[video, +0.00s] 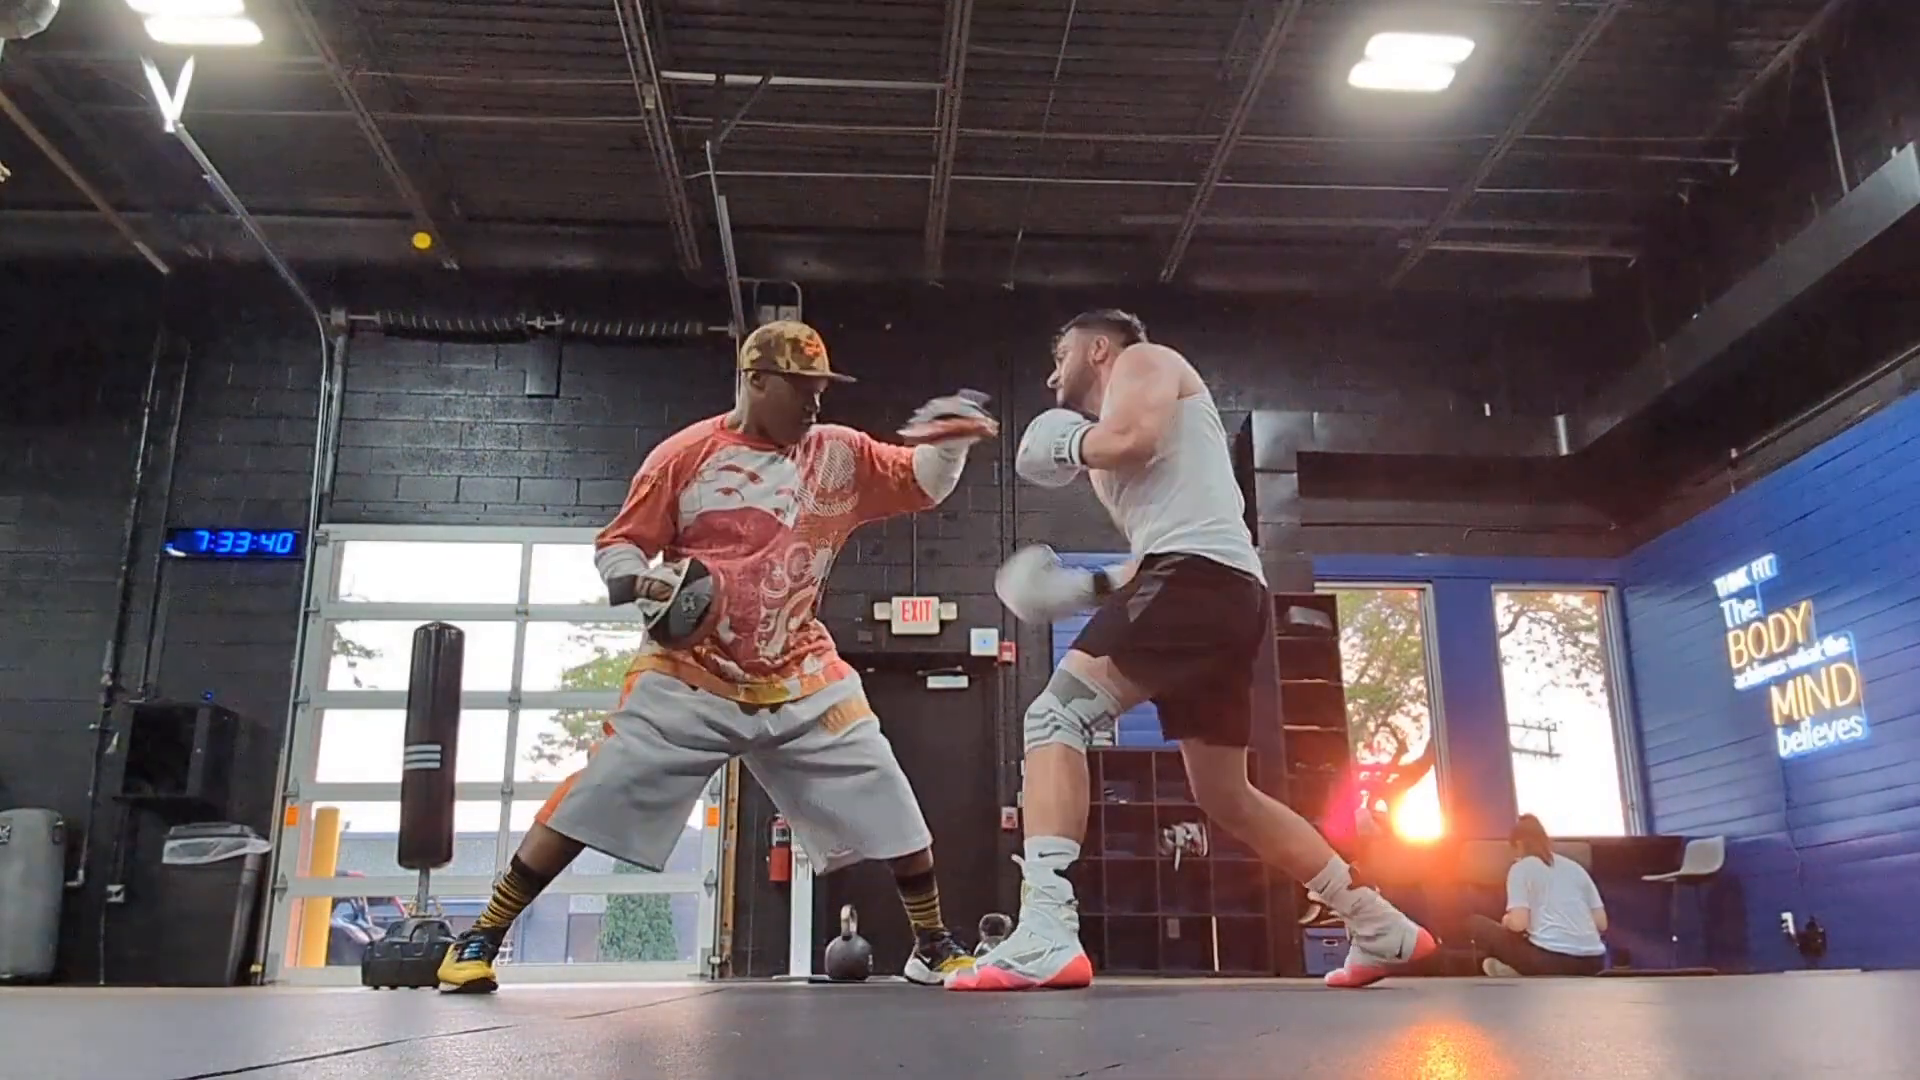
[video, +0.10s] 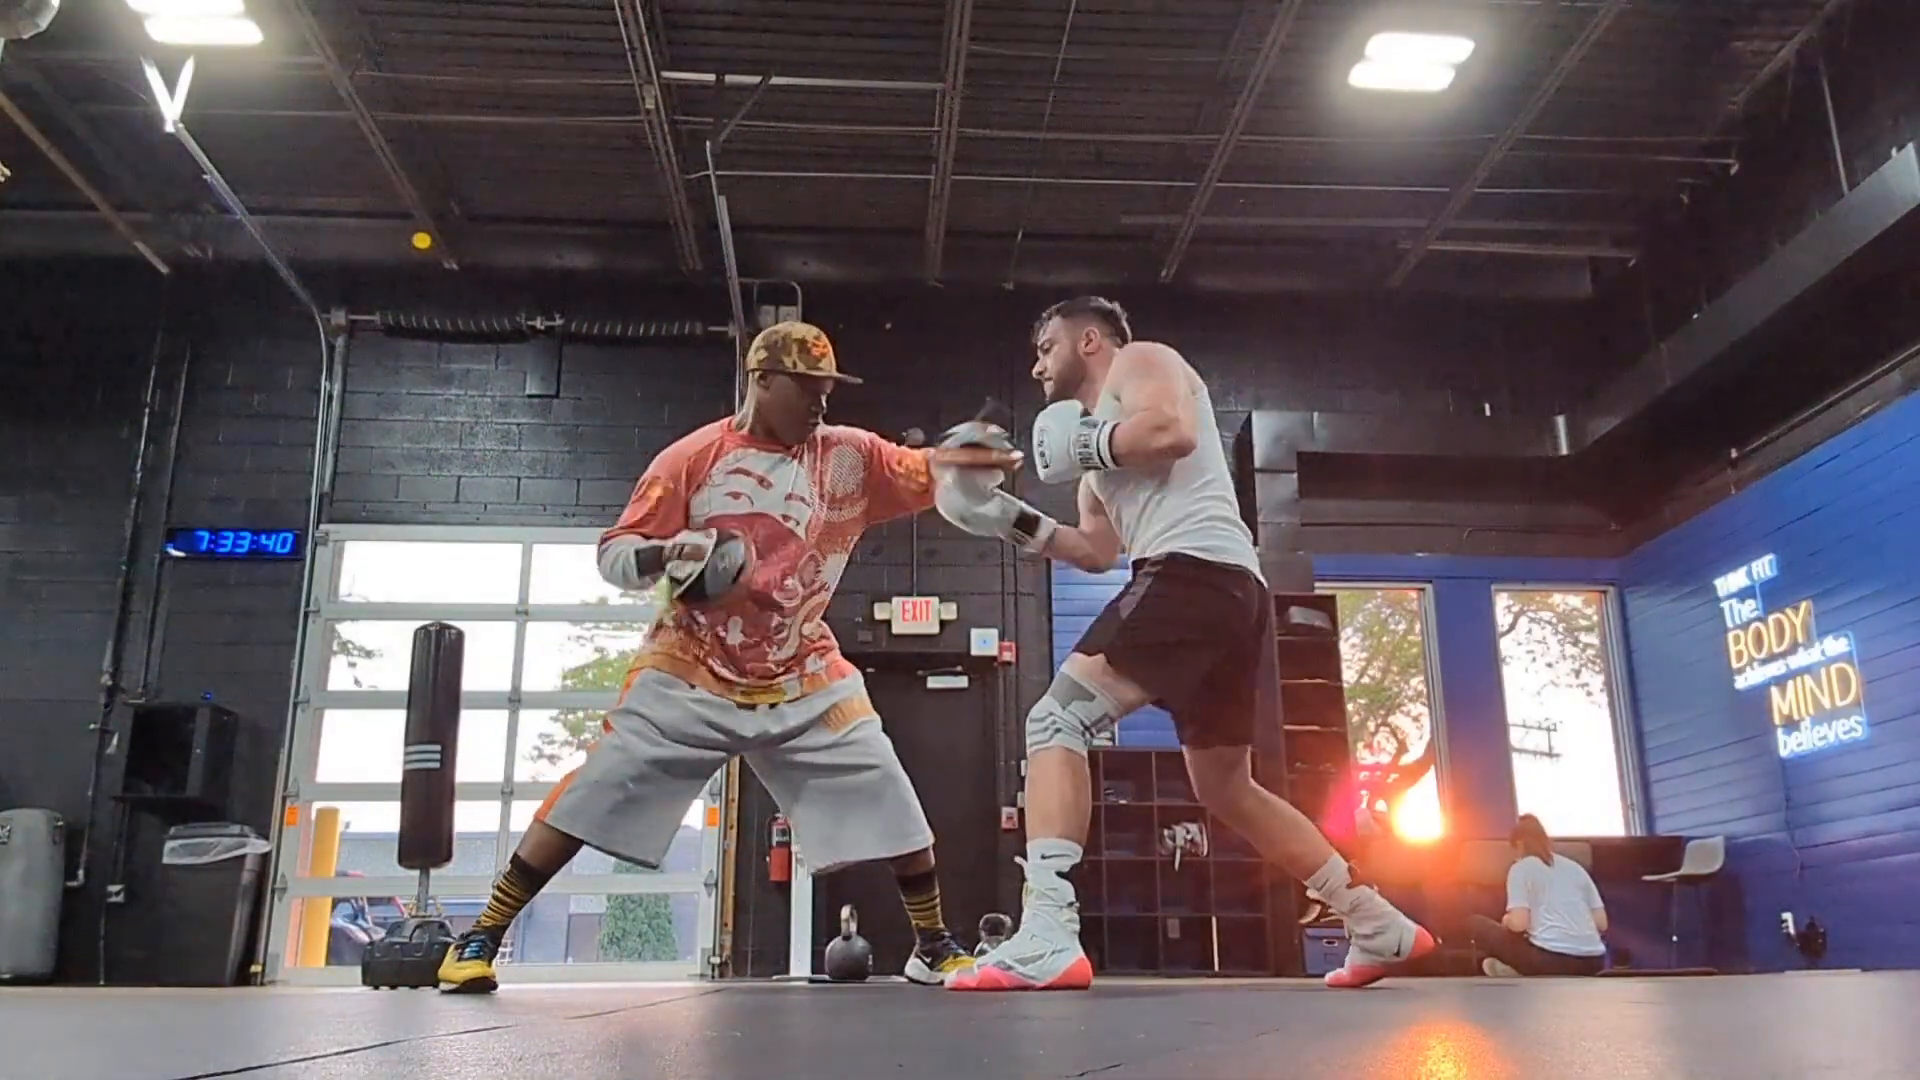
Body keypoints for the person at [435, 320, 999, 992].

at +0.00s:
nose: (813, 399)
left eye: (818, 387)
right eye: (800, 384)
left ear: (821, 388)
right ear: (755, 379)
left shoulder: (839, 452)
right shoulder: (688, 454)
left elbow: (922, 485)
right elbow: (619, 544)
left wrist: (945, 442)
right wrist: (640, 581)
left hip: (800, 666)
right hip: (687, 667)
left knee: (888, 786)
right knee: (594, 792)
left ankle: (935, 950)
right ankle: (482, 941)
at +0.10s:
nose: (821, 401)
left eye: (826, 388)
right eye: (810, 385)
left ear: (822, 390)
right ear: (762, 379)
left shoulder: (850, 453)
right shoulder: (693, 459)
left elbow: (926, 471)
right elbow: (616, 554)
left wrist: (966, 454)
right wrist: (672, 557)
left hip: (806, 661)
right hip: (689, 661)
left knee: (886, 780)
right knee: (601, 781)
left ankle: (935, 945)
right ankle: (482, 937)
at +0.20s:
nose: (816, 392)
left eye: (821, 380)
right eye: (804, 376)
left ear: (819, 383)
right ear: (757, 373)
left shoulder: (838, 451)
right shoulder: (695, 451)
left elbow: (913, 486)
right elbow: (601, 519)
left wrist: (895, 511)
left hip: (816, 659)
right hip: (703, 656)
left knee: (896, 775)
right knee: (604, 785)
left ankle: (934, 943)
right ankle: (477, 941)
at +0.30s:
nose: (827, 382)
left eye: (829, 370)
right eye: (815, 366)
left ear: (809, 374)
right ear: (767, 366)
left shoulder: (831, 463)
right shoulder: (711, 435)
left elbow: (857, 553)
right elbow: (699, 463)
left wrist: (855, 582)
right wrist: (734, 354)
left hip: (821, 655)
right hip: (715, 650)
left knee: (904, 775)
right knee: (617, 784)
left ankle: (934, 942)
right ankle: (487, 936)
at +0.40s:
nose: (830, 387)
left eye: (832, 376)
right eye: (817, 369)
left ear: (805, 375)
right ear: (767, 365)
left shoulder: (797, 449)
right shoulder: (723, 423)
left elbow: (791, 530)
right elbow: (798, 464)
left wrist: (831, 550)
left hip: (811, 651)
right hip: (715, 648)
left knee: (890, 763)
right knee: (619, 788)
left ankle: (933, 942)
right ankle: (489, 932)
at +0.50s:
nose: (813, 377)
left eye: (815, 365)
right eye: (800, 360)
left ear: (777, 370)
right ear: (752, 359)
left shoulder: (782, 452)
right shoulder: (704, 415)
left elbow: (800, 559)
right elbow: (739, 483)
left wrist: (861, 517)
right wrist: (845, 453)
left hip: (796, 648)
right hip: (704, 643)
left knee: (873, 773)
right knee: (607, 785)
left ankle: (929, 944)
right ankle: (484, 937)